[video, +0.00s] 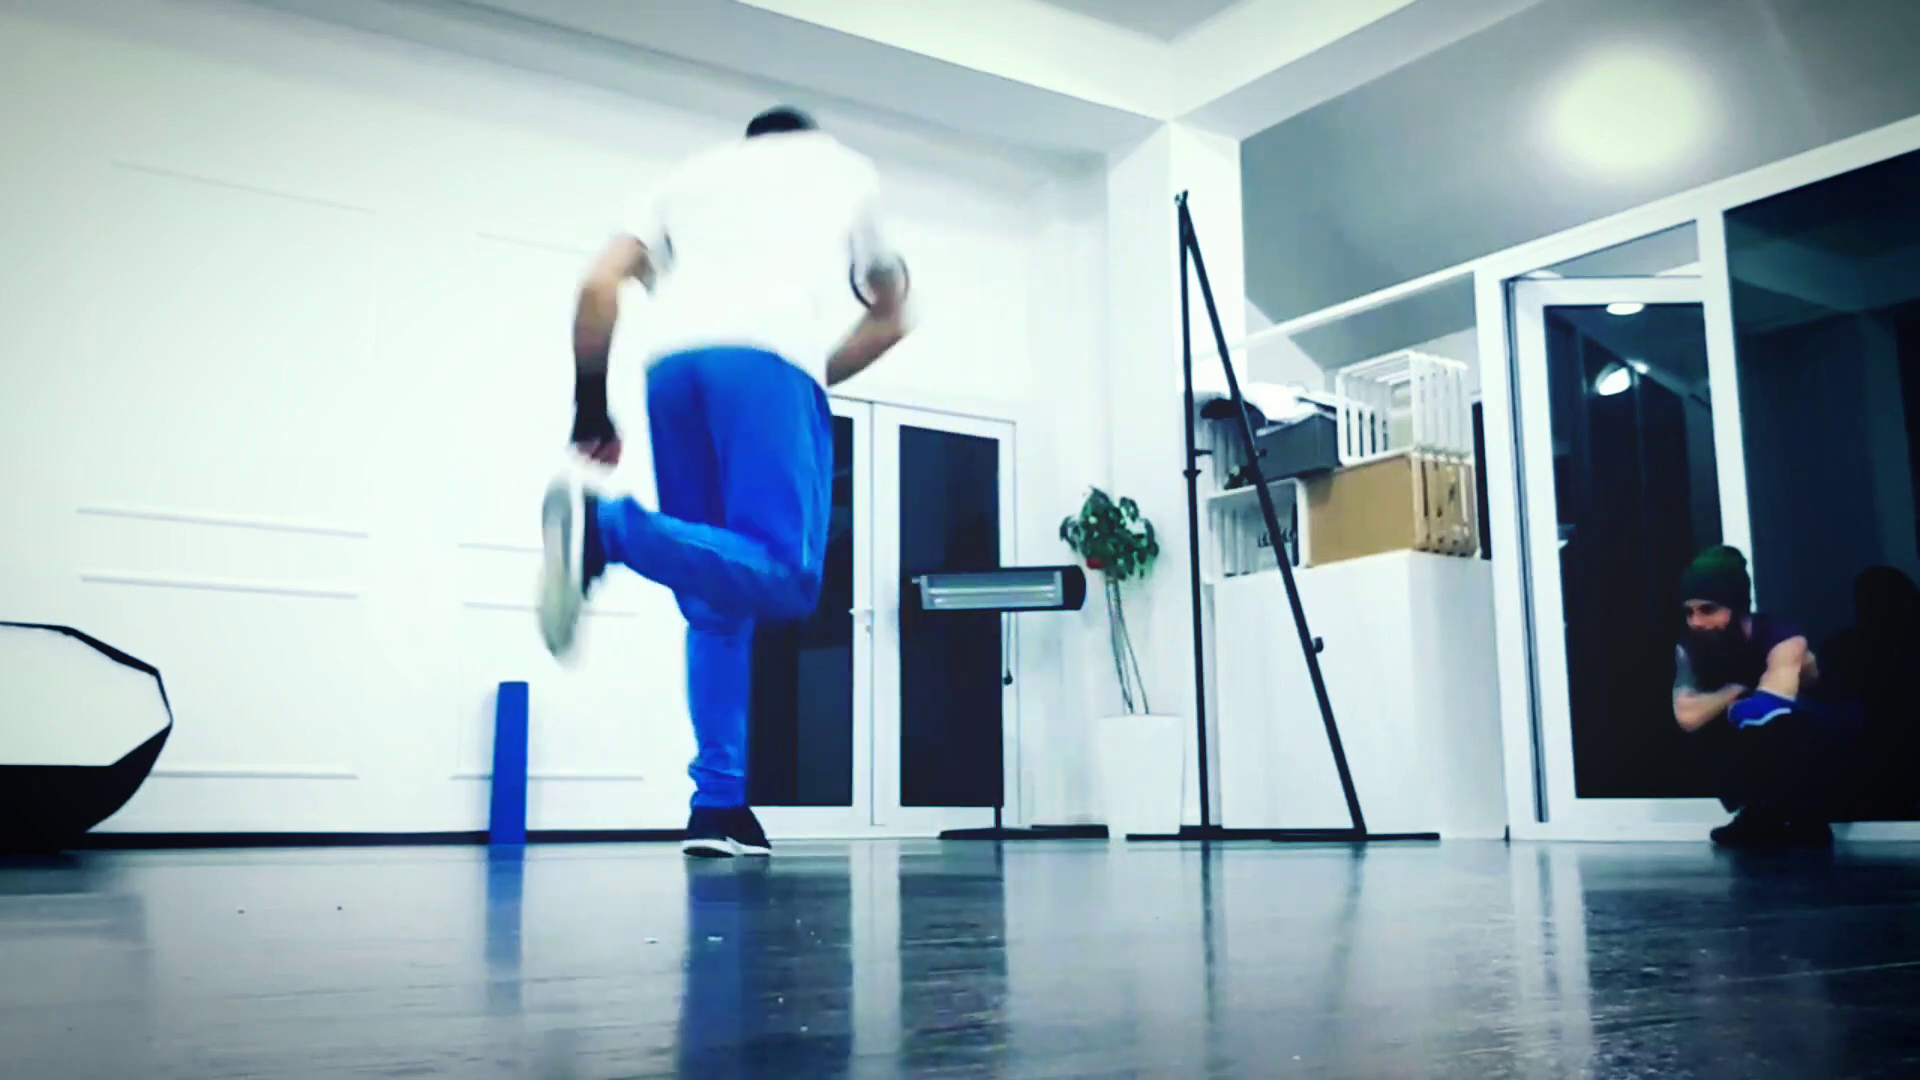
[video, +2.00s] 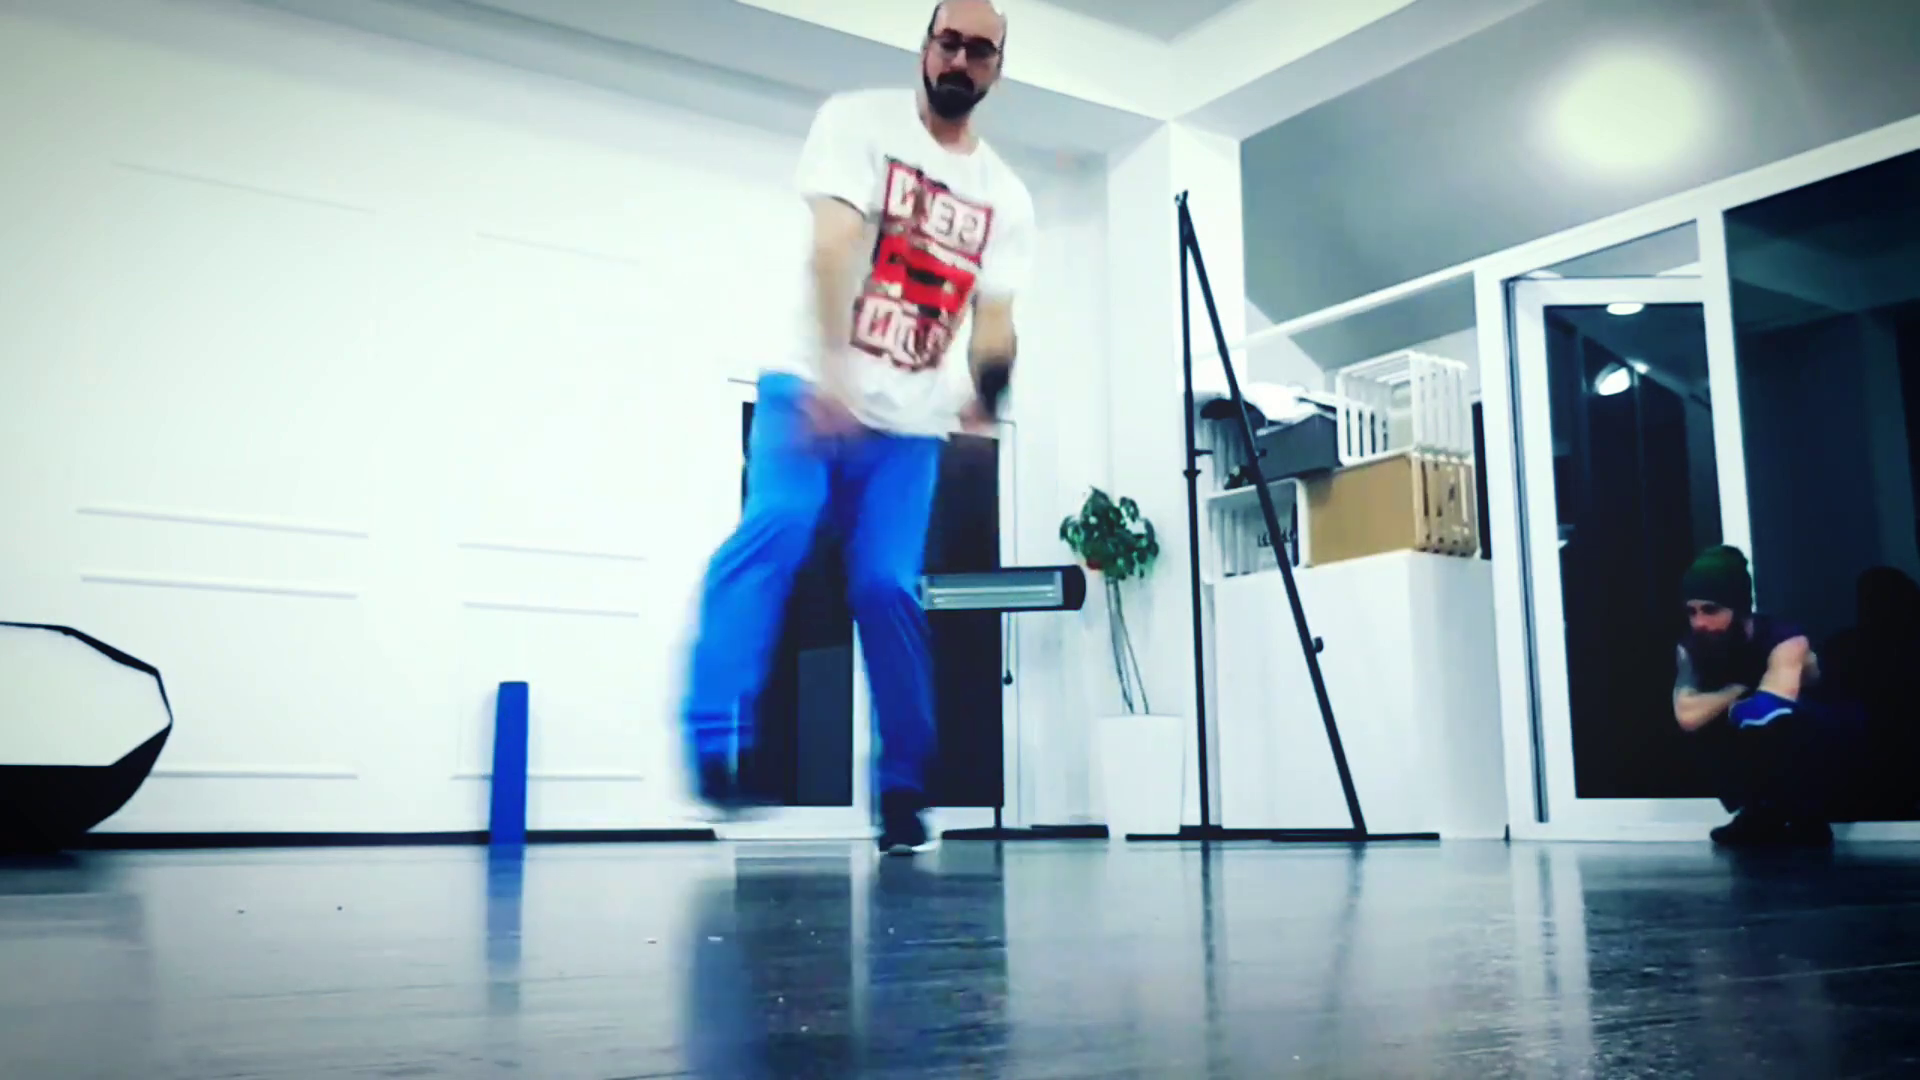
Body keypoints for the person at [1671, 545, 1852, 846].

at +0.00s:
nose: (1696, 623)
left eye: (1707, 611)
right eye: (1689, 612)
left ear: (1736, 608)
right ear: (1683, 613)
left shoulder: (1781, 638)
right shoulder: (1689, 651)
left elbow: (1775, 700)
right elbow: (1687, 716)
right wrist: (1730, 693)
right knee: (1710, 726)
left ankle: (1804, 820)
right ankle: (1756, 813)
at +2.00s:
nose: (1699, 623)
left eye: (1710, 611)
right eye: (1692, 612)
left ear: (1738, 607)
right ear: (1685, 611)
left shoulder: (1783, 640)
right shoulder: (1691, 651)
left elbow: (1773, 706)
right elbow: (1687, 715)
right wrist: (1737, 690)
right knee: (1708, 726)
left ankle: (1804, 820)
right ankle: (1756, 813)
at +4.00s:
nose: (1697, 623)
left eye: (1708, 611)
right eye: (1690, 613)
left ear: (1736, 607)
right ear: (1684, 612)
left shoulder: (1778, 637)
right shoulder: (1690, 652)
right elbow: (1688, 715)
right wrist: (1738, 690)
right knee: (1703, 727)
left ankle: (1803, 819)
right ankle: (1754, 814)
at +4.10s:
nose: (1697, 623)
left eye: (1708, 611)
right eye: (1690, 613)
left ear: (1736, 607)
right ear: (1684, 612)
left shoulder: (1779, 637)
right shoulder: (1690, 652)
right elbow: (1688, 715)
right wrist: (1738, 690)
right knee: (1704, 727)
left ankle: (1802, 819)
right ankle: (1755, 814)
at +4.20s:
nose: (1697, 623)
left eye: (1708, 611)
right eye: (1690, 613)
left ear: (1736, 607)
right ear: (1684, 612)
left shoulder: (1777, 637)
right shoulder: (1691, 652)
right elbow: (1688, 715)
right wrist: (1738, 689)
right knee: (1704, 728)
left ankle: (1802, 819)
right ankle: (1755, 814)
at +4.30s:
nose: (1697, 624)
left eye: (1709, 611)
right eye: (1690, 613)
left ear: (1736, 606)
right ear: (1684, 612)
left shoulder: (1777, 638)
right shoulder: (1691, 652)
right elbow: (1688, 715)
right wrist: (1738, 689)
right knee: (1705, 727)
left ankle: (1802, 819)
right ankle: (1755, 814)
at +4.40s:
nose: (1697, 623)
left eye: (1708, 611)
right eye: (1690, 613)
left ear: (1736, 607)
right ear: (1684, 612)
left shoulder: (1780, 638)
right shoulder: (1691, 652)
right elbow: (1688, 715)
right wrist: (1739, 690)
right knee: (1704, 727)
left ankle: (1802, 818)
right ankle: (1754, 814)